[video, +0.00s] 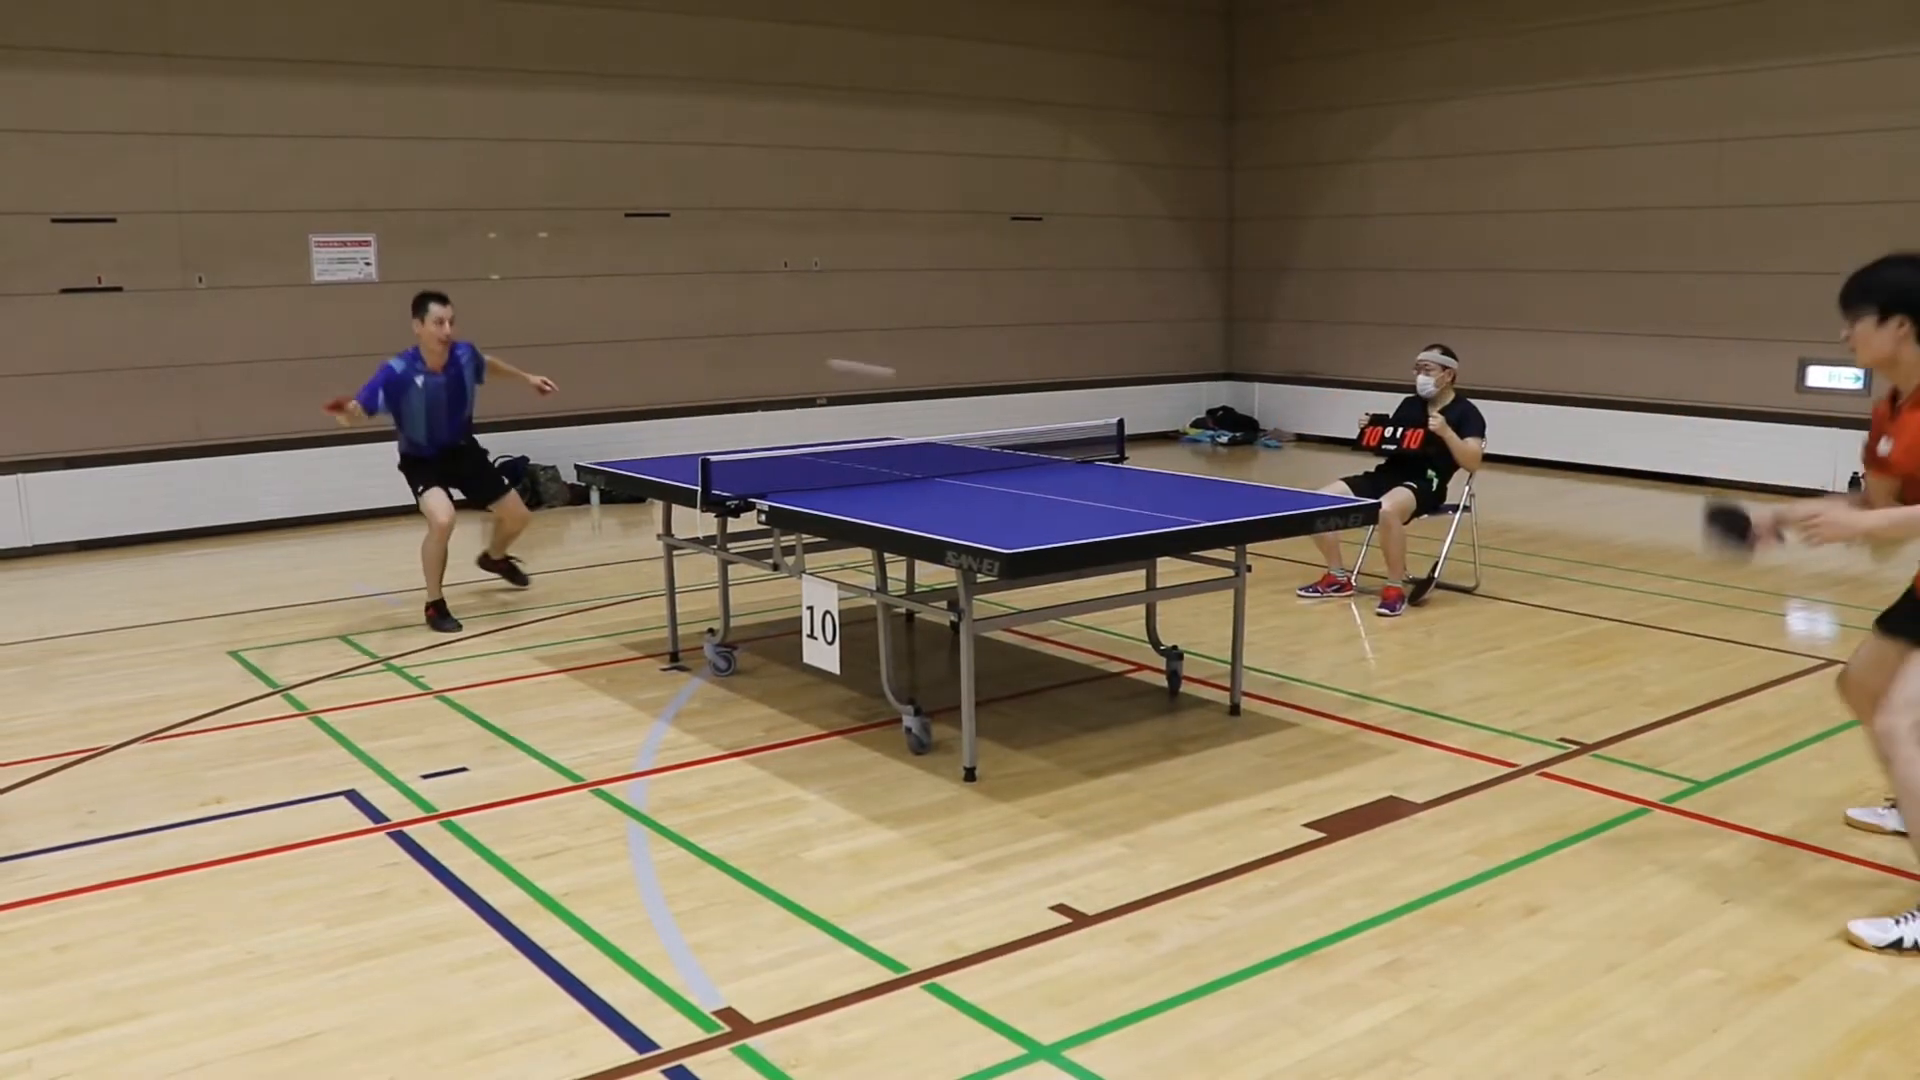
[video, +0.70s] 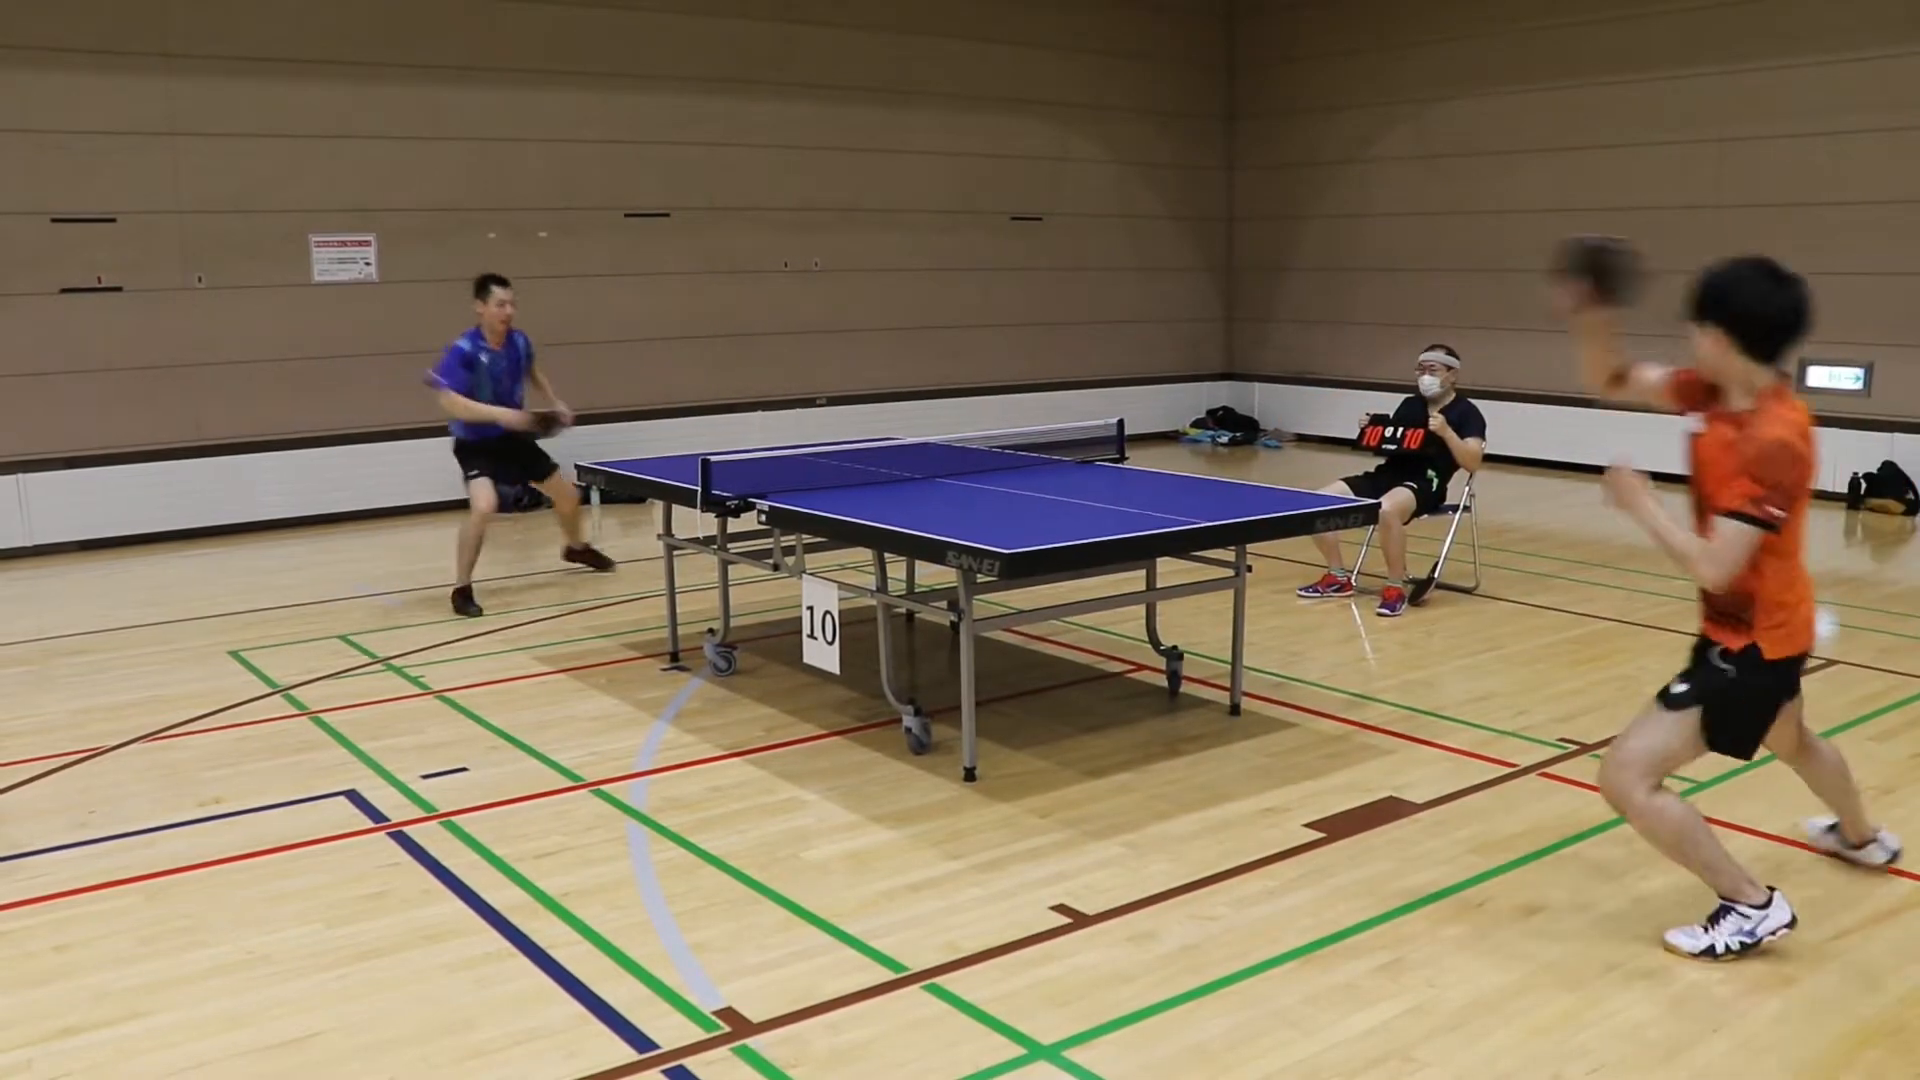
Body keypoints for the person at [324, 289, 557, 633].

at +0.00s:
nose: (447, 329)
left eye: (450, 322)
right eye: (439, 322)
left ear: (454, 324)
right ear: (418, 326)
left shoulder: (464, 355)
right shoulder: (398, 370)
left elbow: (488, 366)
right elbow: (360, 412)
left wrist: (528, 378)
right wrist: (347, 411)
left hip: (463, 451)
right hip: (421, 460)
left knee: (517, 516)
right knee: (442, 519)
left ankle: (494, 557)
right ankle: (435, 604)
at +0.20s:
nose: (446, 302)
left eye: (450, 295)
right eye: (438, 295)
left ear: (452, 298)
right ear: (417, 297)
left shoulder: (462, 336)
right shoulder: (392, 344)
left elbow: (485, 369)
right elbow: (355, 391)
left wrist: (518, 390)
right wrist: (363, 420)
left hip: (453, 440)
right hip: (410, 444)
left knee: (497, 515)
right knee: (413, 516)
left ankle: (476, 563)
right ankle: (379, 597)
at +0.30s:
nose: (449, 311)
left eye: (452, 304)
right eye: (441, 304)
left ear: (455, 307)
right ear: (419, 307)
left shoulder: (461, 349)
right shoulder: (395, 356)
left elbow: (484, 385)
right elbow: (366, 410)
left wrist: (522, 403)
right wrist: (393, 434)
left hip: (450, 452)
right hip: (408, 453)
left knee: (495, 528)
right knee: (408, 530)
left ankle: (472, 577)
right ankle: (360, 611)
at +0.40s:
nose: (457, 305)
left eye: (460, 298)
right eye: (449, 299)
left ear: (462, 302)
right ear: (428, 303)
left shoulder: (469, 341)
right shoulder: (408, 351)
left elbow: (488, 367)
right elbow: (382, 403)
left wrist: (529, 385)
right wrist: (421, 422)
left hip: (464, 449)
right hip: (423, 453)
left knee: (504, 519)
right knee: (415, 529)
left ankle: (474, 576)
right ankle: (362, 610)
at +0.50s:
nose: (468, 287)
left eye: (471, 281)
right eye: (460, 281)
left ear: (474, 284)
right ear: (439, 287)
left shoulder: (483, 321)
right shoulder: (424, 334)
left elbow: (499, 346)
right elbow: (401, 385)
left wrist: (528, 370)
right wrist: (442, 405)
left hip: (487, 430)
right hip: (447, 435)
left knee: (529, 492)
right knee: (431, 510)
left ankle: (492, 551)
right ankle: (387, 595)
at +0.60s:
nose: (487, 289)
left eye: (490, 282)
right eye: (479, 283)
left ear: (494, 286)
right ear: (458, 287)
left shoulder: (502, 322)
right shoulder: (442, 332)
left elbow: (512, 352)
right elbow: (415, 382)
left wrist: (536, 381)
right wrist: (455, 399)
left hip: (499, 422)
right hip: (458, 428)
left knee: (548, 488)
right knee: (462, 498)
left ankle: (533, 539)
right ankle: (436, 581)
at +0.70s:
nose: (508, 312)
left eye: (511, 304)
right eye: (500, 304)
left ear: (515, 307)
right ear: (480, 308)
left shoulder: (519, 343)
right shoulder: (462, 351)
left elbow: (533, 374)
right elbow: (450, 403)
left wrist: (555, 402)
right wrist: (505, 415)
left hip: (514, 437)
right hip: (475, 443)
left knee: (567, 494)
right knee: (485, 506)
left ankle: (575, 547)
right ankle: (462, 588)